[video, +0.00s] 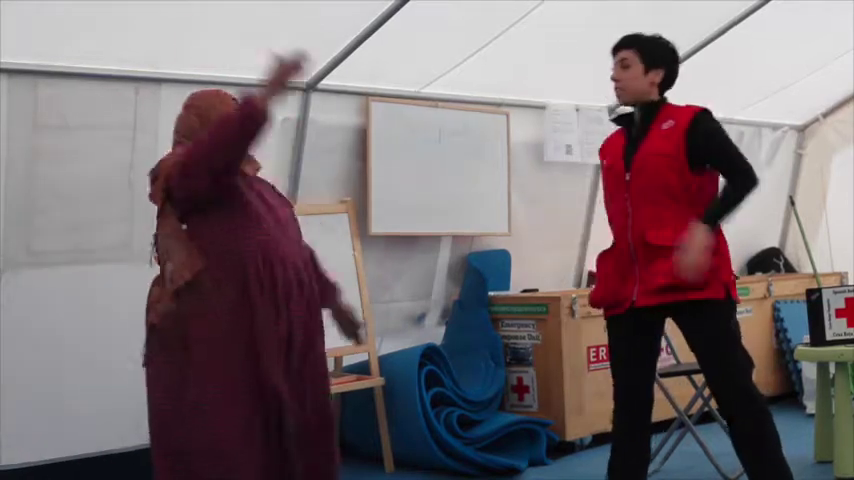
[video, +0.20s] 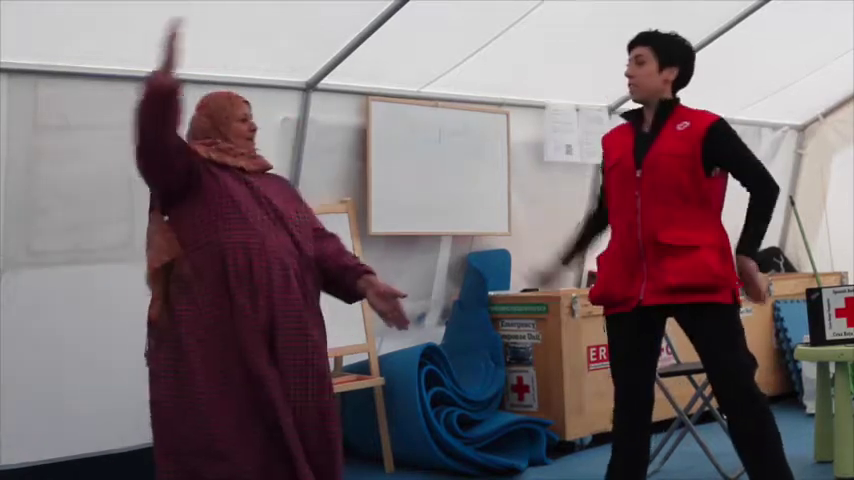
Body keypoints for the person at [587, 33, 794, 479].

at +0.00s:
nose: (614, 75)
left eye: (624, 67)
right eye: (614, 67)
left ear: (657, 75)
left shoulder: (692, 123)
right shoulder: (613, 145)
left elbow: (744, 177)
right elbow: (629, 216)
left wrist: (706, 225)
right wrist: (613, 259)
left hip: (695, 280)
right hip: (628, 287)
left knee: (736, 396)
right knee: (630, 409)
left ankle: (772, 476)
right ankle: (625, 479)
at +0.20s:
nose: (628, 73)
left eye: (639, 63)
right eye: (628, 64)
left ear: (671, 74)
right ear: (631, 75)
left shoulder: (705, 129)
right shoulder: (614, 140)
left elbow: (764, 188)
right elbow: (603, 212)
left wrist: (746, 254)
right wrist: (563, 261)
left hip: (698, 280)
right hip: (627, 286)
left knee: (740, 398)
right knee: (630, 409)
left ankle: (773, 476)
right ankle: (624, 479)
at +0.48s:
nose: (652, 70)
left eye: (664, 62)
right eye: (653, 61)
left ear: (697, 74)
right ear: (653, 68)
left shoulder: (728, 136)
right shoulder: (624, 124)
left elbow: (745, 198)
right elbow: (556, 153)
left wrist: (692, 217)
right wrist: (501, 122)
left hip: (709, 279)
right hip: (636, 279)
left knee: (747, 395)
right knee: (633, 402)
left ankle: (773, 477)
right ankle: (623, 478)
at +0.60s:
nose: (671, 82)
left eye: (684, 75)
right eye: (672, 73)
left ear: (716, 86)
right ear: (670, 77)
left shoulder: (744, 147)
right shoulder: (640, 131)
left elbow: (745, 201)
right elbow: (572, 158)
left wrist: (690, 215)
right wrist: (540, 133)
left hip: (720, 283)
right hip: (645, 283)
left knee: (753, 401)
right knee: (634, 405)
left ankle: (776, 476)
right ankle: (624, 477)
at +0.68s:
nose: (688, 96)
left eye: (700, 88)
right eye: (687, 85)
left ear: (731, 100)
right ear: (683, 88)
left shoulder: (756, 156)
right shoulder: (654, 143)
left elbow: (748, 206)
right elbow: (606, 175)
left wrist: (699, 229)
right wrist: (590, 175)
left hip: (725, 287)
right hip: (653, 286)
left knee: (756, 402)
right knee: (637, 408)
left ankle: (778, 476)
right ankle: (623, 478)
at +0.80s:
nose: (711, 136)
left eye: (725, 128)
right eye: (710, 123)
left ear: (752, 137)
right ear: (706, 123)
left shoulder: (775, 181)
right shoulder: (680, 175)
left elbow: (744, 236)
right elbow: (654, 239)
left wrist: (715, 283)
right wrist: (668, 279)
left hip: (733, 287)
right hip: (663, 285)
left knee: (759, 399)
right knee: (641, 404)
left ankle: (780, 474)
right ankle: (625, 475)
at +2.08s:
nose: (645, 67)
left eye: (657, 58)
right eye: (647, 58)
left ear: (689, 71)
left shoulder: (729, 130)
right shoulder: (629, 127)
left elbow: (748, 201)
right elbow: (565, 149)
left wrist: (692, 223)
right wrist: (516, 117)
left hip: (711, 279)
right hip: (641, 281)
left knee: (749, 395)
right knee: (636, 403)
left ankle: (776, 478)